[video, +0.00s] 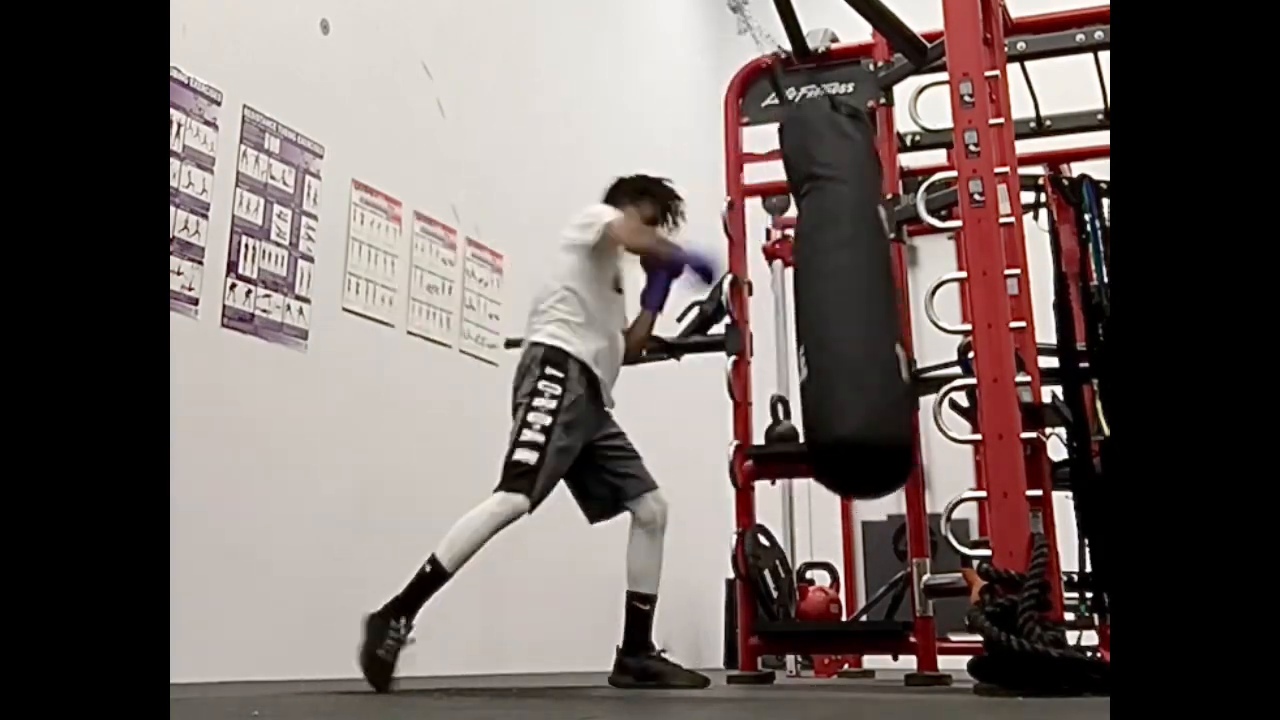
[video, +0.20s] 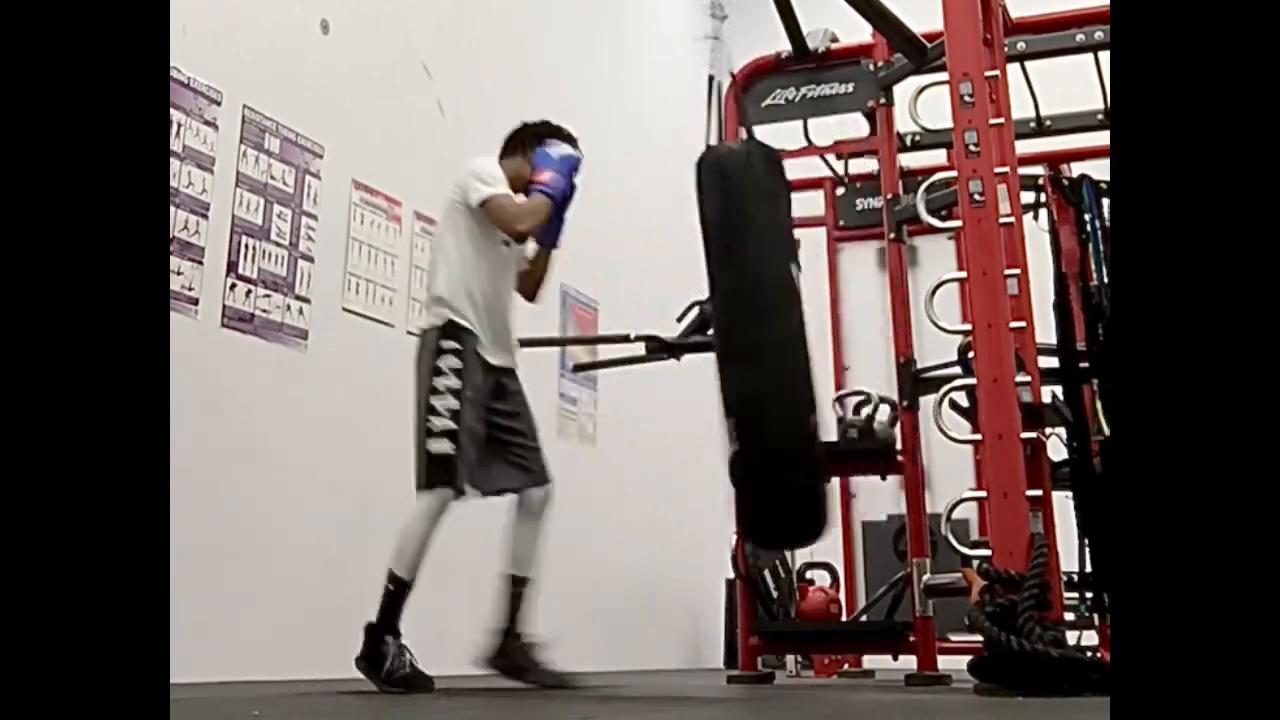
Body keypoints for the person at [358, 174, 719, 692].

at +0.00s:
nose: (655, 232)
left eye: (660, 226)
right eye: (650, 220)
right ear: (626, 203)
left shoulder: (612, 281)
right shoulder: (593, 217)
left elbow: (629, 351)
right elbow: (636, 240)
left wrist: (658, 287)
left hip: (590, 397)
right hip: (558, 367)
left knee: (650, 511)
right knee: (514, 497)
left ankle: (637, 655)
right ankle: (393, 618)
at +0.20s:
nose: (550, 176)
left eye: (554, 168)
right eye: (549, 163)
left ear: (528, 165)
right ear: (523, 152)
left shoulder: (513, 216)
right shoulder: (479, 173)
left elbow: (531, 289)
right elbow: (520, 222)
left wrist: (553, 226)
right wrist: (552, 186)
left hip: (495, 357)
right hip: (453, 342)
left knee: (534, 491)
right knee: (440, 490)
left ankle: (509, 643)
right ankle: (381, 641)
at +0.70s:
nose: (561, 226)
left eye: (563, 218)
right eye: (558, 216)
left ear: (522, 204)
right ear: (535, 205)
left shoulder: (493, 269)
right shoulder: (500, 222)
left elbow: (493, 340)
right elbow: (572, 218)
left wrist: (528, 288)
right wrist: (625, 233)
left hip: (478, 396)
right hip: (452, 380)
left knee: (519, 518)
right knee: (402, 510)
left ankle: (524, 654)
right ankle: (296, 638)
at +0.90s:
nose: (515, 230)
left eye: (522, 226)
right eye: (514, 220)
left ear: (515, 229)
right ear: (489, 204)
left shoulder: (503, 268)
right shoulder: (448, 222)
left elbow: (537, 321)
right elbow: (441, 254)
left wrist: (542, 263)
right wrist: (499, 240)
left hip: (481, 401)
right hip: (435, 386)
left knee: (531, 518)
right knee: (401, 517)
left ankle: (527, 654)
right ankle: (334, 645)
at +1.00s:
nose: (494, 209)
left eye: (504, 205)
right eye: (492, 197)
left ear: (500, 209)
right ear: (467, 187)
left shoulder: (488, 251)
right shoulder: (430, 210)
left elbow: (506, 315)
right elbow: (439, 267)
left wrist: (524, 251)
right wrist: (483, 218)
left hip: (473, 388)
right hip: (421, 375)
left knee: (516, 505)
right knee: (386, 508)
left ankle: (523, 642)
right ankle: (331, 645)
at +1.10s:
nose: (496, 235)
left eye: (505, 231)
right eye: (493, 224)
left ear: (512, 230)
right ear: (473, 210)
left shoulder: (499, 265)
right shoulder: (430, 238)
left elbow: (523, 328)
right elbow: (422, 304)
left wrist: (536, 268)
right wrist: (478, 256)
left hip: (481, 407)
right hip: (426, 395)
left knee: (522, 528)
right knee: (392, 521)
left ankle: (526, 649)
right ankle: (329, 646)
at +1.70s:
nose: (503, 205)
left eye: (508, 198)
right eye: (499, 193)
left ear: (490, 201)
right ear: (471, 184)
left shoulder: (479, 246)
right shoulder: (436, 206)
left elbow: (513, 307)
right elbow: (461, 263)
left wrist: (524, 245)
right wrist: (494, 223)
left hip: (464, 388)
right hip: (424, 376)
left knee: (496, 514)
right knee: (403, 512)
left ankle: (502, 647)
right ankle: (333, 651)